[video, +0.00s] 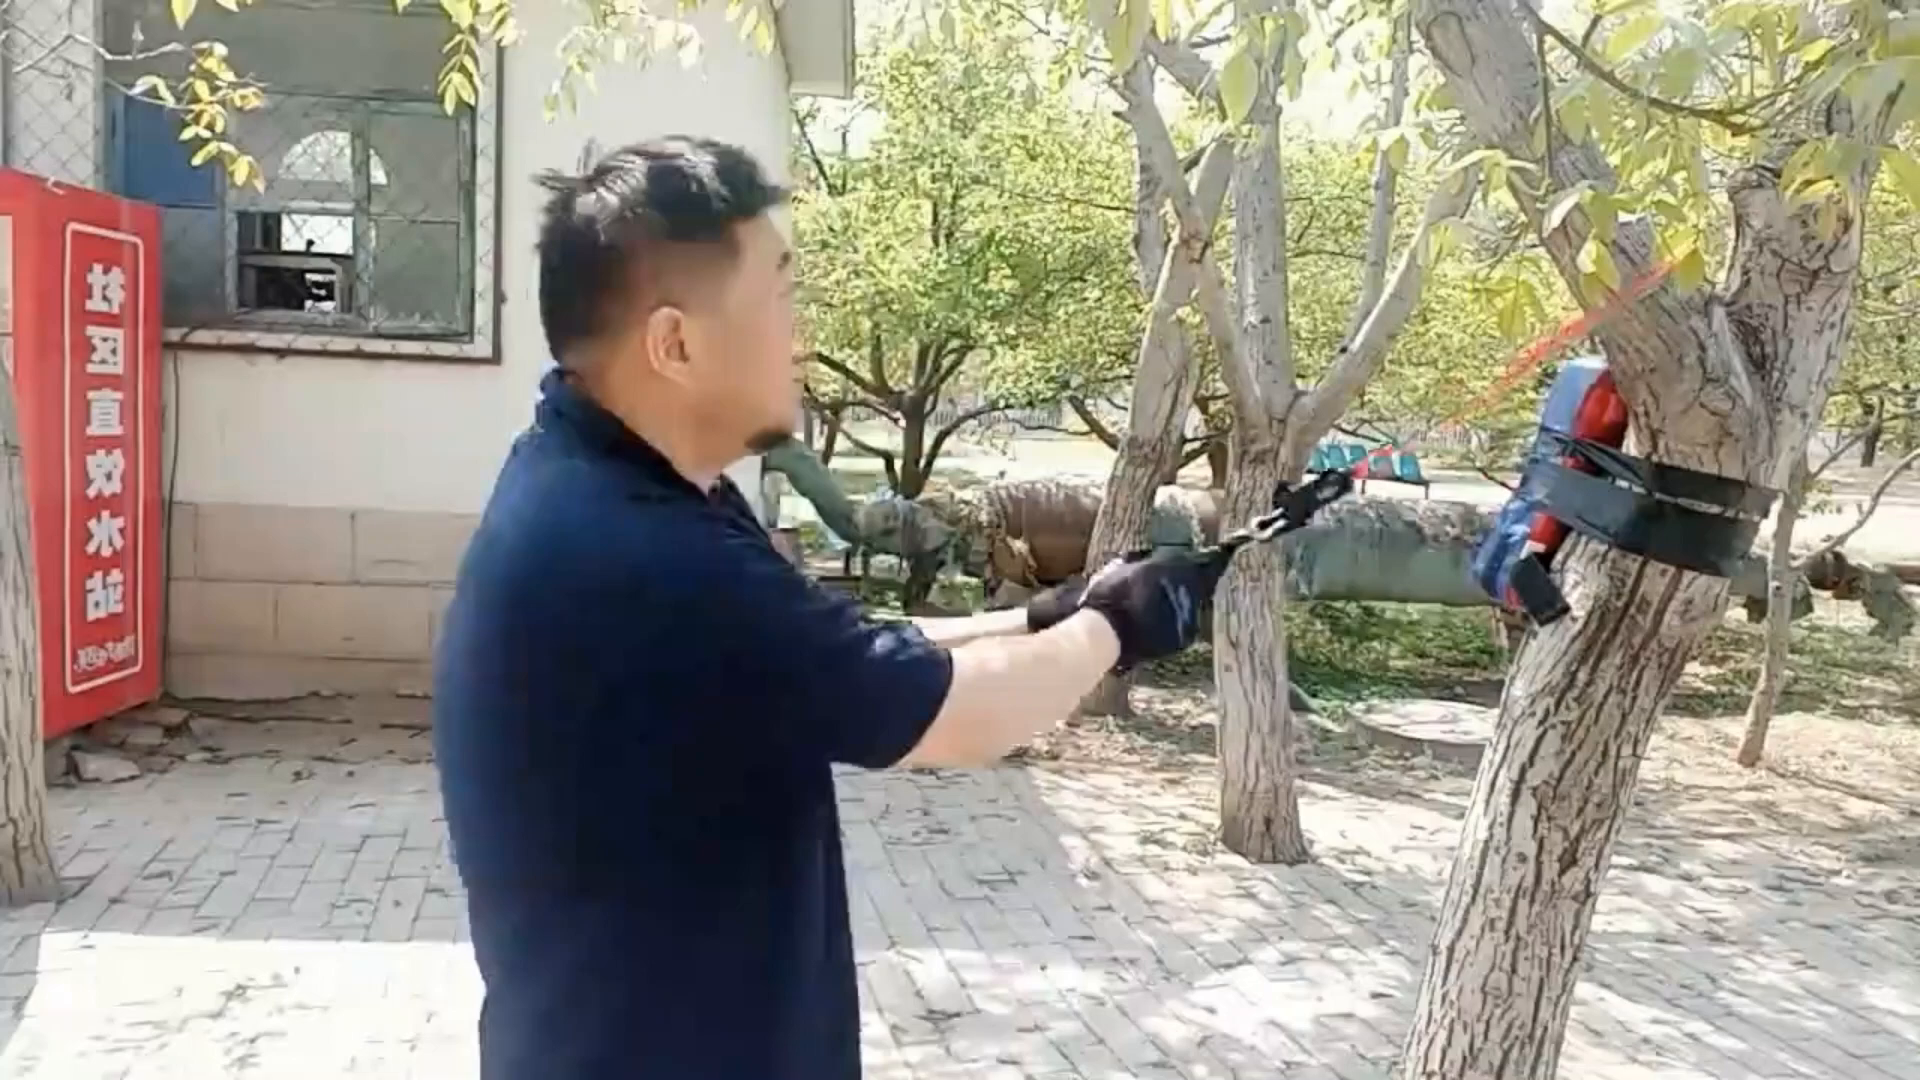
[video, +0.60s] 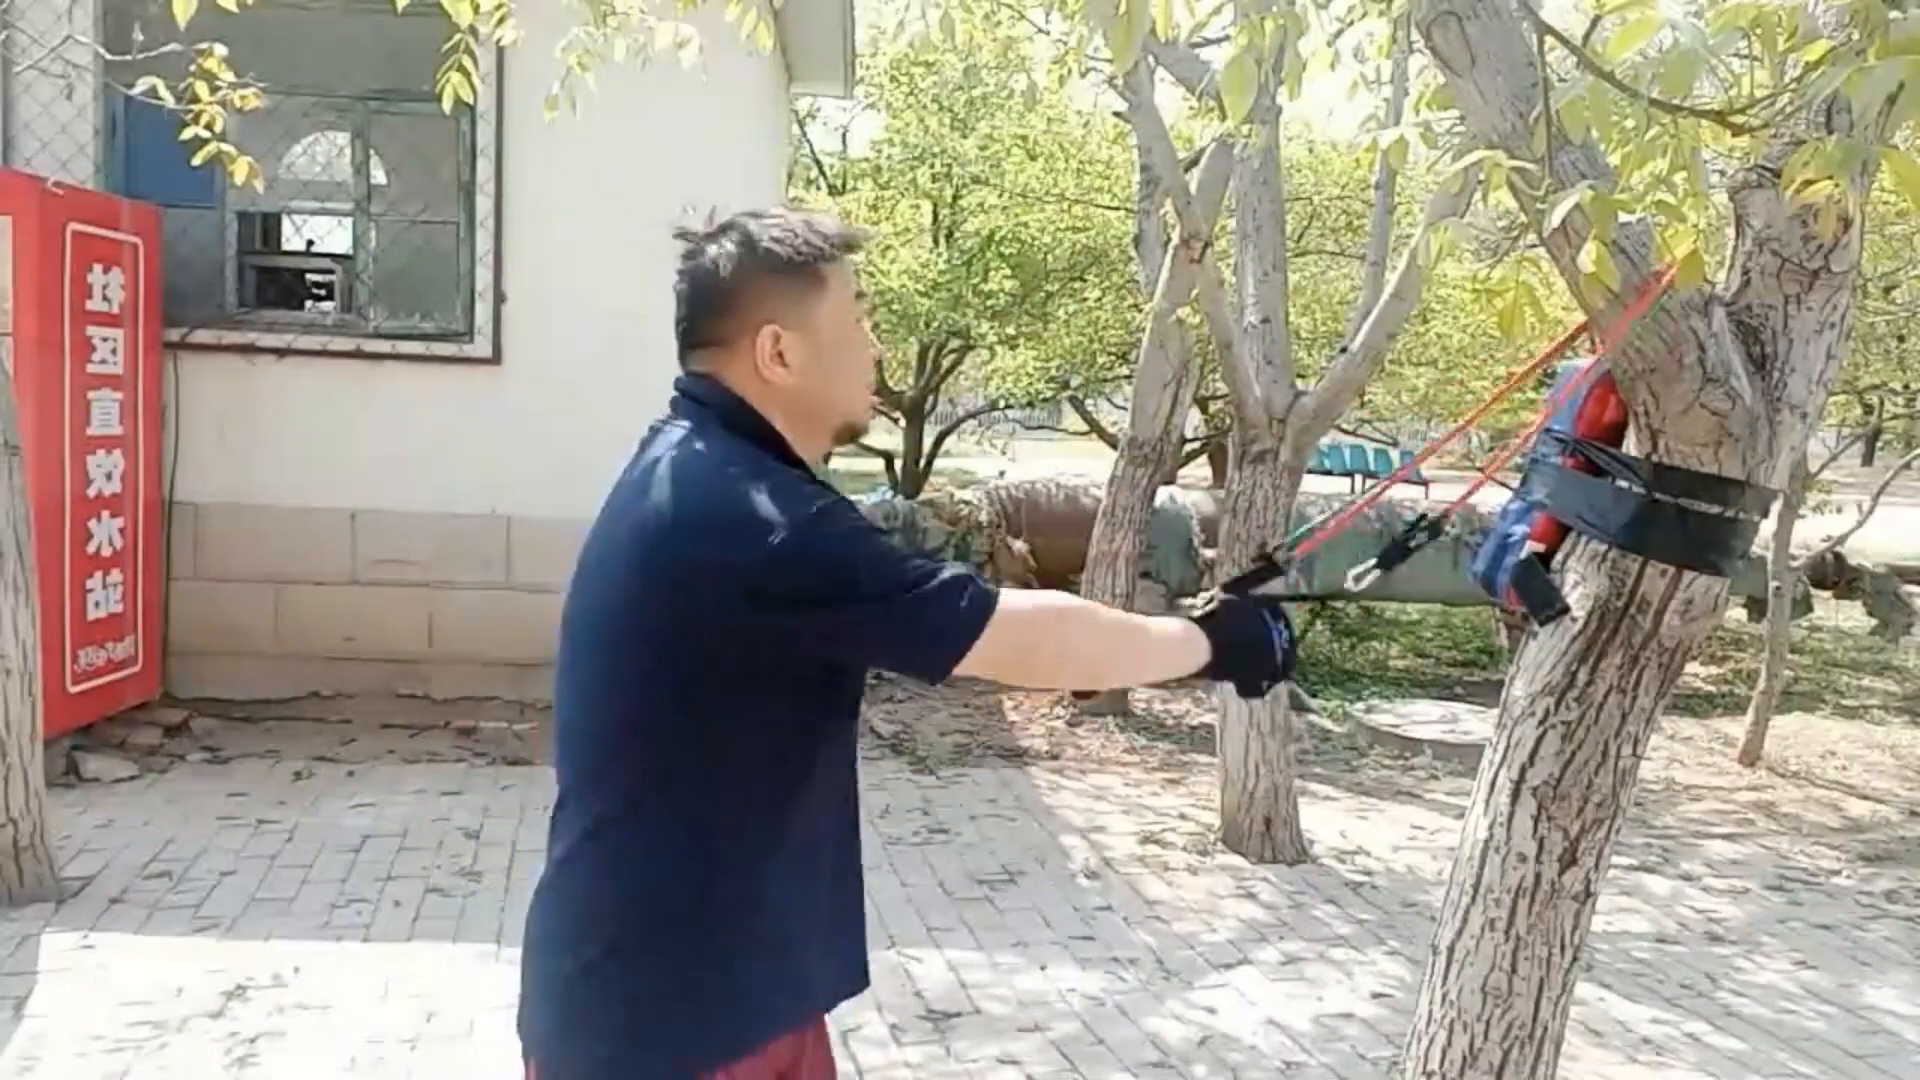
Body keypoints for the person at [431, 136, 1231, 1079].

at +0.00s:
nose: (801, 327)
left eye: (789, 291)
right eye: (780, 294)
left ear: (669, 347)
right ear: (675, 343)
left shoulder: (614, 496)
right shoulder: (651, 566)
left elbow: (849, 657)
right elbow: (951, 721)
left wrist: (1064, 621)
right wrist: (1112, 631)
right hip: (678, 1062)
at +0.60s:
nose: (875, 350)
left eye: (864, 320)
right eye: (855, 322)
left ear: (766, 352)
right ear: (777, 354)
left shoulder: (686, 471)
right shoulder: (764, 516)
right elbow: (1007, 636)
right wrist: (1210, 643)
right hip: (699, 1025)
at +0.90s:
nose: (886, 404)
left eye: (877, 375)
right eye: (858, 376)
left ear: (757, 410)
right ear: (753, 405)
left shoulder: (786, 521)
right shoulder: (692, 537)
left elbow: (953, 601)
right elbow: (956, 606)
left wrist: (1152, 566)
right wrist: (1156, 567)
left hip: (779, 993)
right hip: (632, 1024)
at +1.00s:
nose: (914, 442)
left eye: (912, 416)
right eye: (888, 420)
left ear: (796, 449)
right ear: (784, 448)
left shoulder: (854, 565)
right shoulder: (723, 571)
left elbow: (983, 660)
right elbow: (987, 675)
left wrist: (1162, 646)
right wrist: (1174, 646)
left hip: (789, 991)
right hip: (623, 1025)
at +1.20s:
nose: (803, 528)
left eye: (823, 492)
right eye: (766, 495)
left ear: (839, 485)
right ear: (671, 495)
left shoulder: (762, 591)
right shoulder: (641, 635)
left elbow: (883, 687)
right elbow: (874, 780)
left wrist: (1036, 685)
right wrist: (1068, 773)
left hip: (780, 1018)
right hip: (602, 1049)